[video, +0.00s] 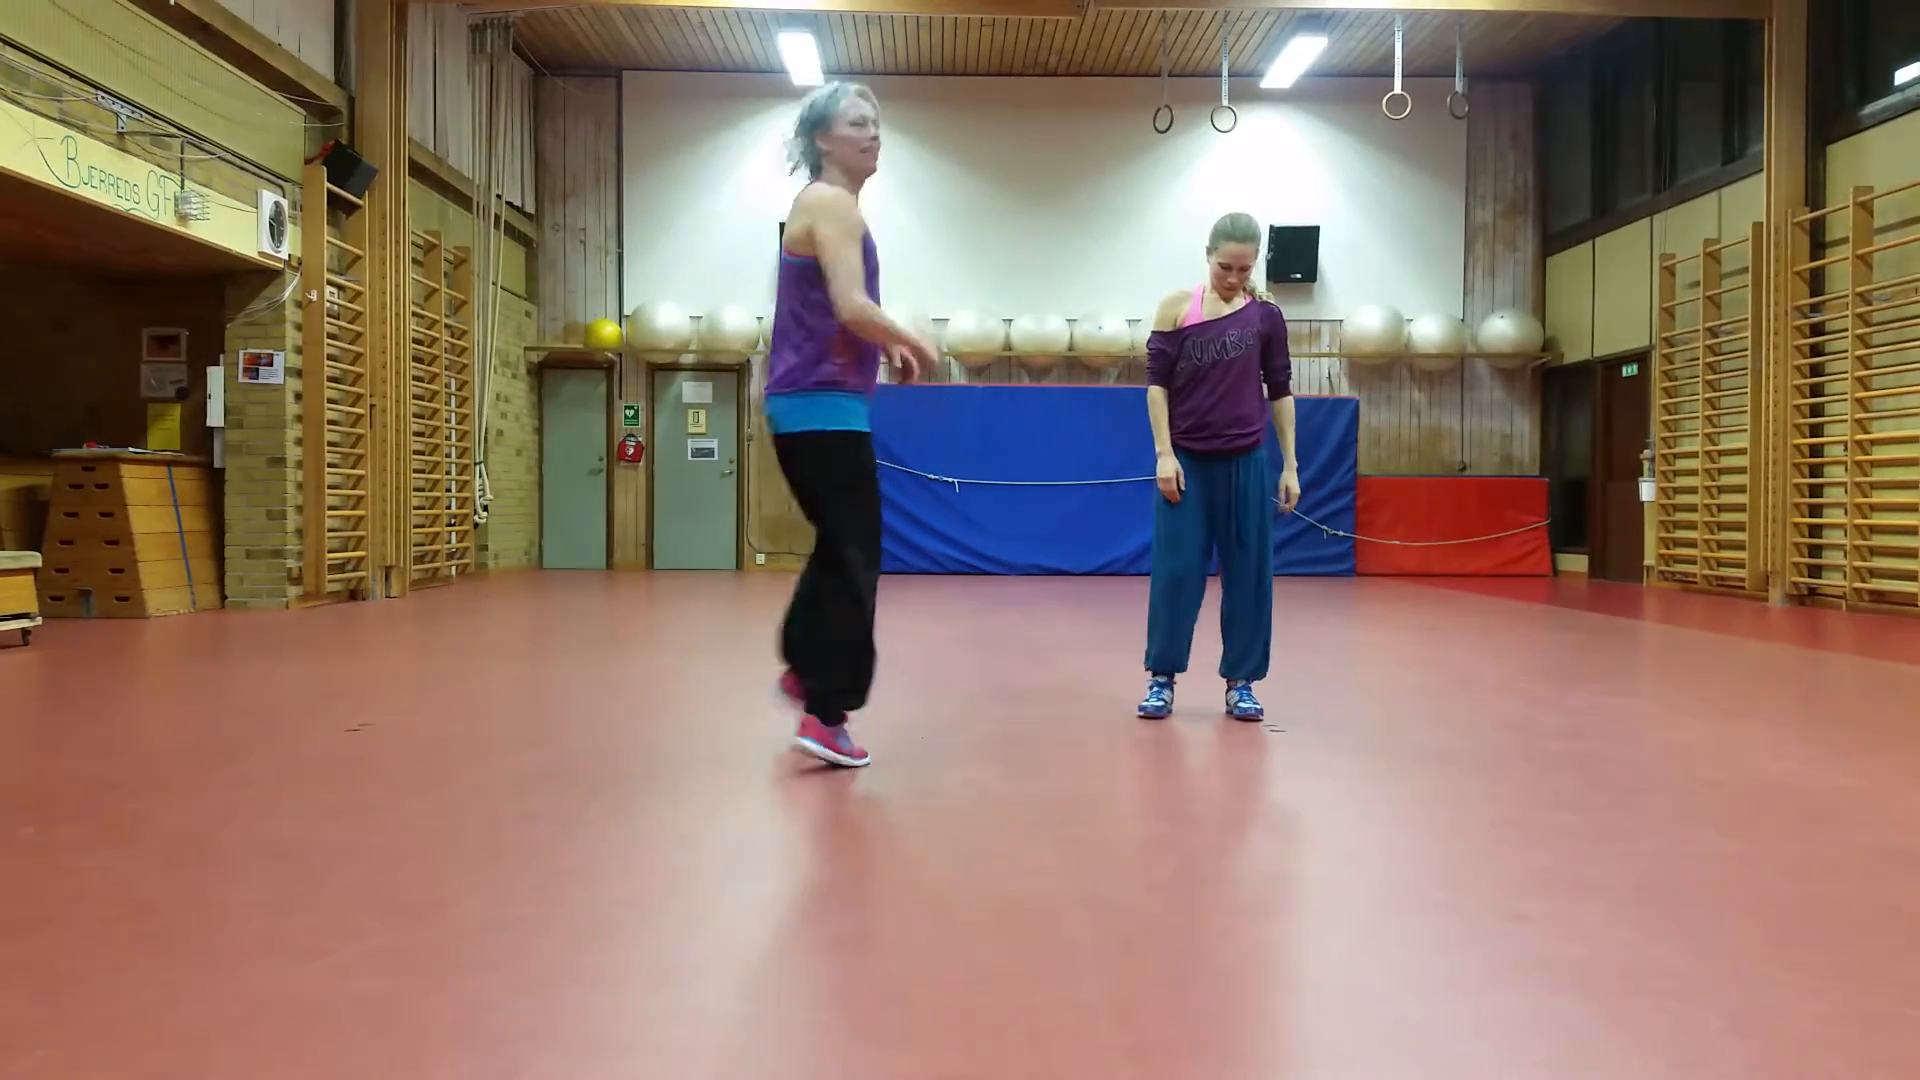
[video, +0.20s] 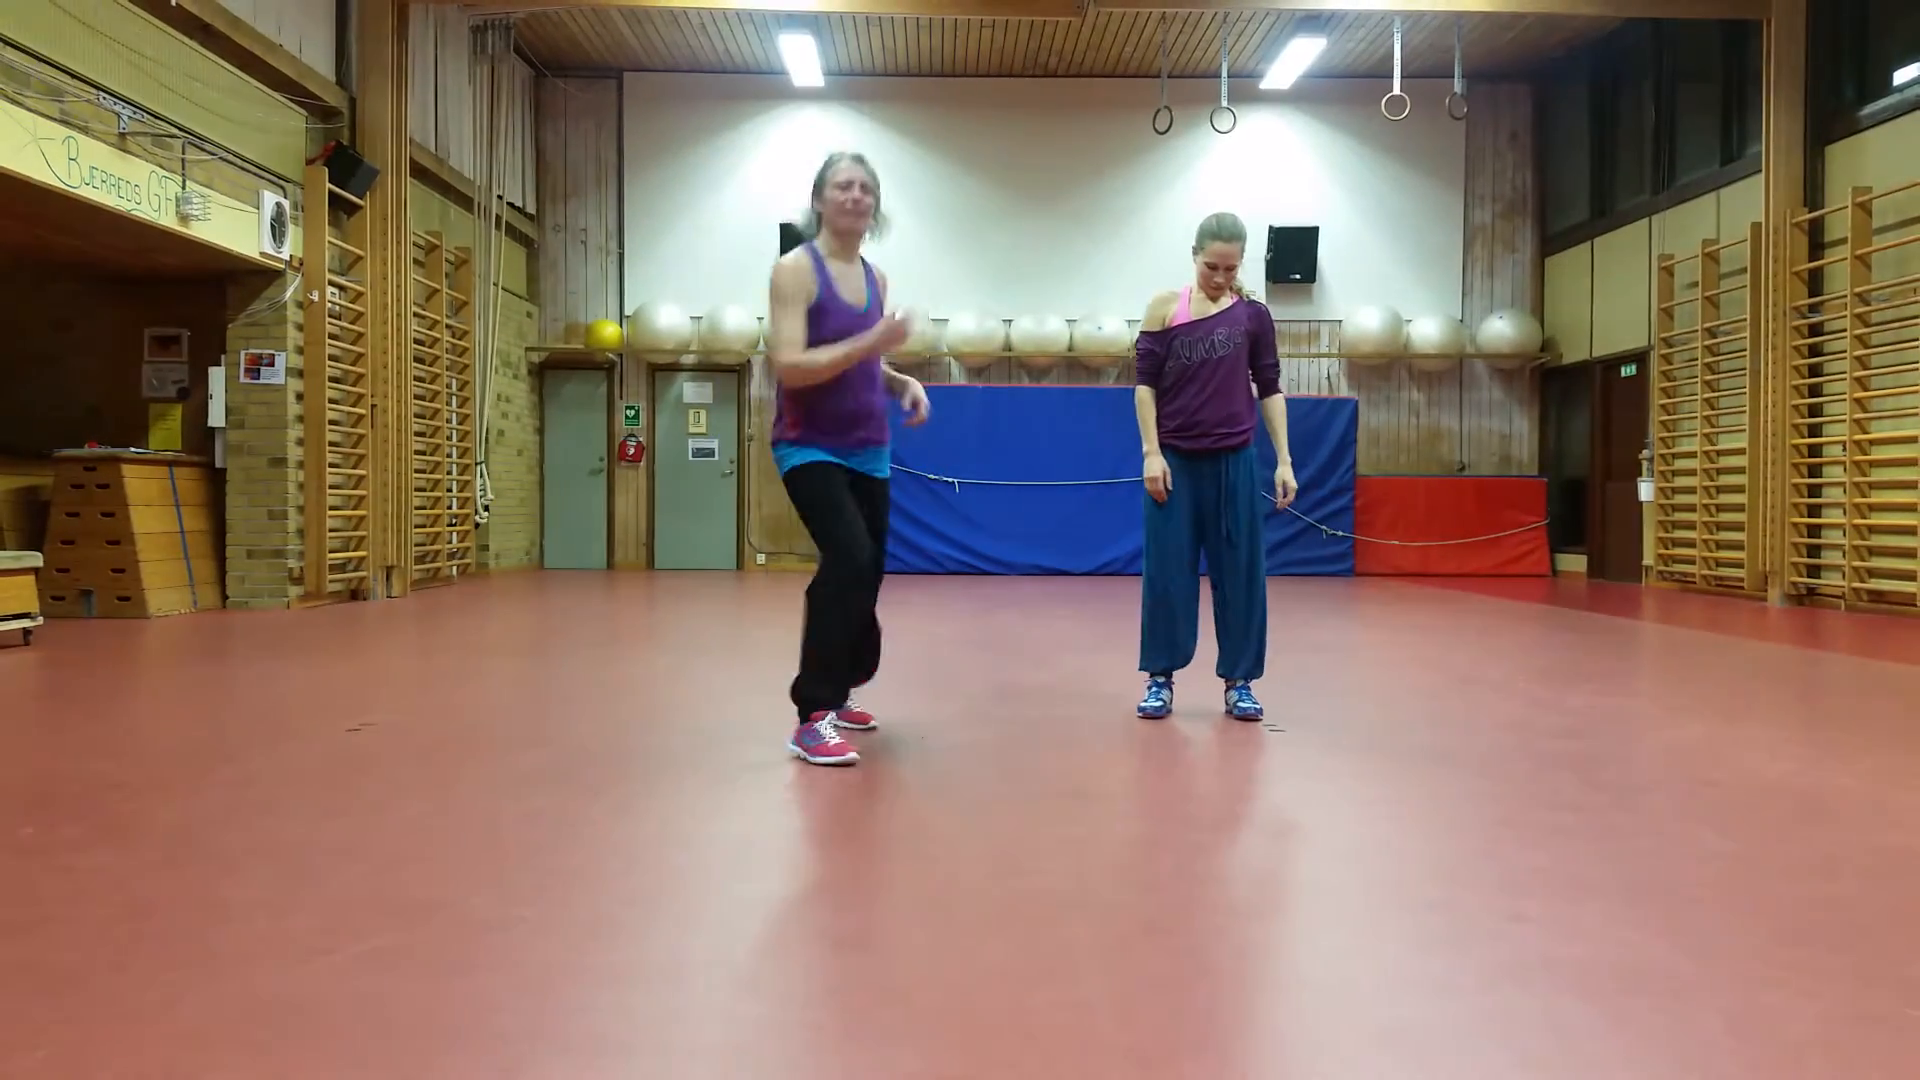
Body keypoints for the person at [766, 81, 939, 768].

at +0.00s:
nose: (874, 136)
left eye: (876, 126)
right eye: (858, 126)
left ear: (871, 139)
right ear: (822, 140)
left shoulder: (817, 205)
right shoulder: (833, 204)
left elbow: (831, 315)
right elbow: (850, 307)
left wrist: (890, 345)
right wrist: (907, 341)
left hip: (807, 409)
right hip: (829, 412)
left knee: (840, 543)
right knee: (856, 551)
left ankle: (804, 666)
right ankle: (826, 717)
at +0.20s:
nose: (854, 197)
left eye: (864, 189)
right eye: (841, 187)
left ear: (876, 205)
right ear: (818, 200)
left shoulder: (876, 279)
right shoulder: (794, 270)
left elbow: (862, 363)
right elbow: (789, 368)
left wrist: (904, 382)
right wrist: (872, 342)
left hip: (868, 447)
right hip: (809, 445)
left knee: (865, 566)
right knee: (849, 559)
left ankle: (834, 695)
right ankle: (813, 717)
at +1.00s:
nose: (807, 180)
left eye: (819, 171)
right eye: (797, 171)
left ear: (839, 185)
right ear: (783, 184)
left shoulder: (858, 245)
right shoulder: (760, 255)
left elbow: (900, 259)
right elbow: (729, 342)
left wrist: (862, 198)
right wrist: (741, 404)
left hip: (850, 429)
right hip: (777, 432)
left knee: (860, 558)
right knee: (766, 566)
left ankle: (874, 681)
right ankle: (763, 690)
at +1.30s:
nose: (830, 181)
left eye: (841, 172)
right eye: (818, 174)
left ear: (862, 186)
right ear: (805, 191)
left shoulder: (887, 250)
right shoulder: (787, 263)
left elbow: (920, 305)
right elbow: (766, 353)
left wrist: (883, 231)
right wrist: (756, 424)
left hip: (881, 432)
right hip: (807, 431)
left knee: (881, 568)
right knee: (792, 557)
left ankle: (878, 699)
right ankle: (775, 678)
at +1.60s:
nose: (834, 179)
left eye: (846, 170)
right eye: (823, 170)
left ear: (866, 185)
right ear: (809, 186)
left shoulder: (889, 249)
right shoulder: (787, 261)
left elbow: (928, 287)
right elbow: (764, 352)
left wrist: (896, 216)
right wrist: (747, 427)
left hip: (881, 438)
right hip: (806, 438)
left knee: (885, 572)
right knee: (814, 575)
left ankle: (879, 695)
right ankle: (823, 698)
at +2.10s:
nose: (852, 179)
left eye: (863, 171)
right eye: (840, 173)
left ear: (881, 186)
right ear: (825, 188)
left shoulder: (905, 248)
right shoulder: (811, 251)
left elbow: (941, 185)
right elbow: (771, 204)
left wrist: (898, 104)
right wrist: (808, 122)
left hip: (899, 435)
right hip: (826, 434)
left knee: (892, 569)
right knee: (805, 556)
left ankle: (884, 699)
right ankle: (828, 680)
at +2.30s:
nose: (852, 159)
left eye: (863, 150)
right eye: (841, 152)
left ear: (884, 165)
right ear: (826, 169)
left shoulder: (910, 230)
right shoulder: (818, 234)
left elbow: (916, 150)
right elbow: (788, 173)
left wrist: (866, 86)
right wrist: (826, 105)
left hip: (894, 415)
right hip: (824, 411)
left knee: (888, 555)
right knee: (828, 546)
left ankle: (874, 693)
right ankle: (821, 675)